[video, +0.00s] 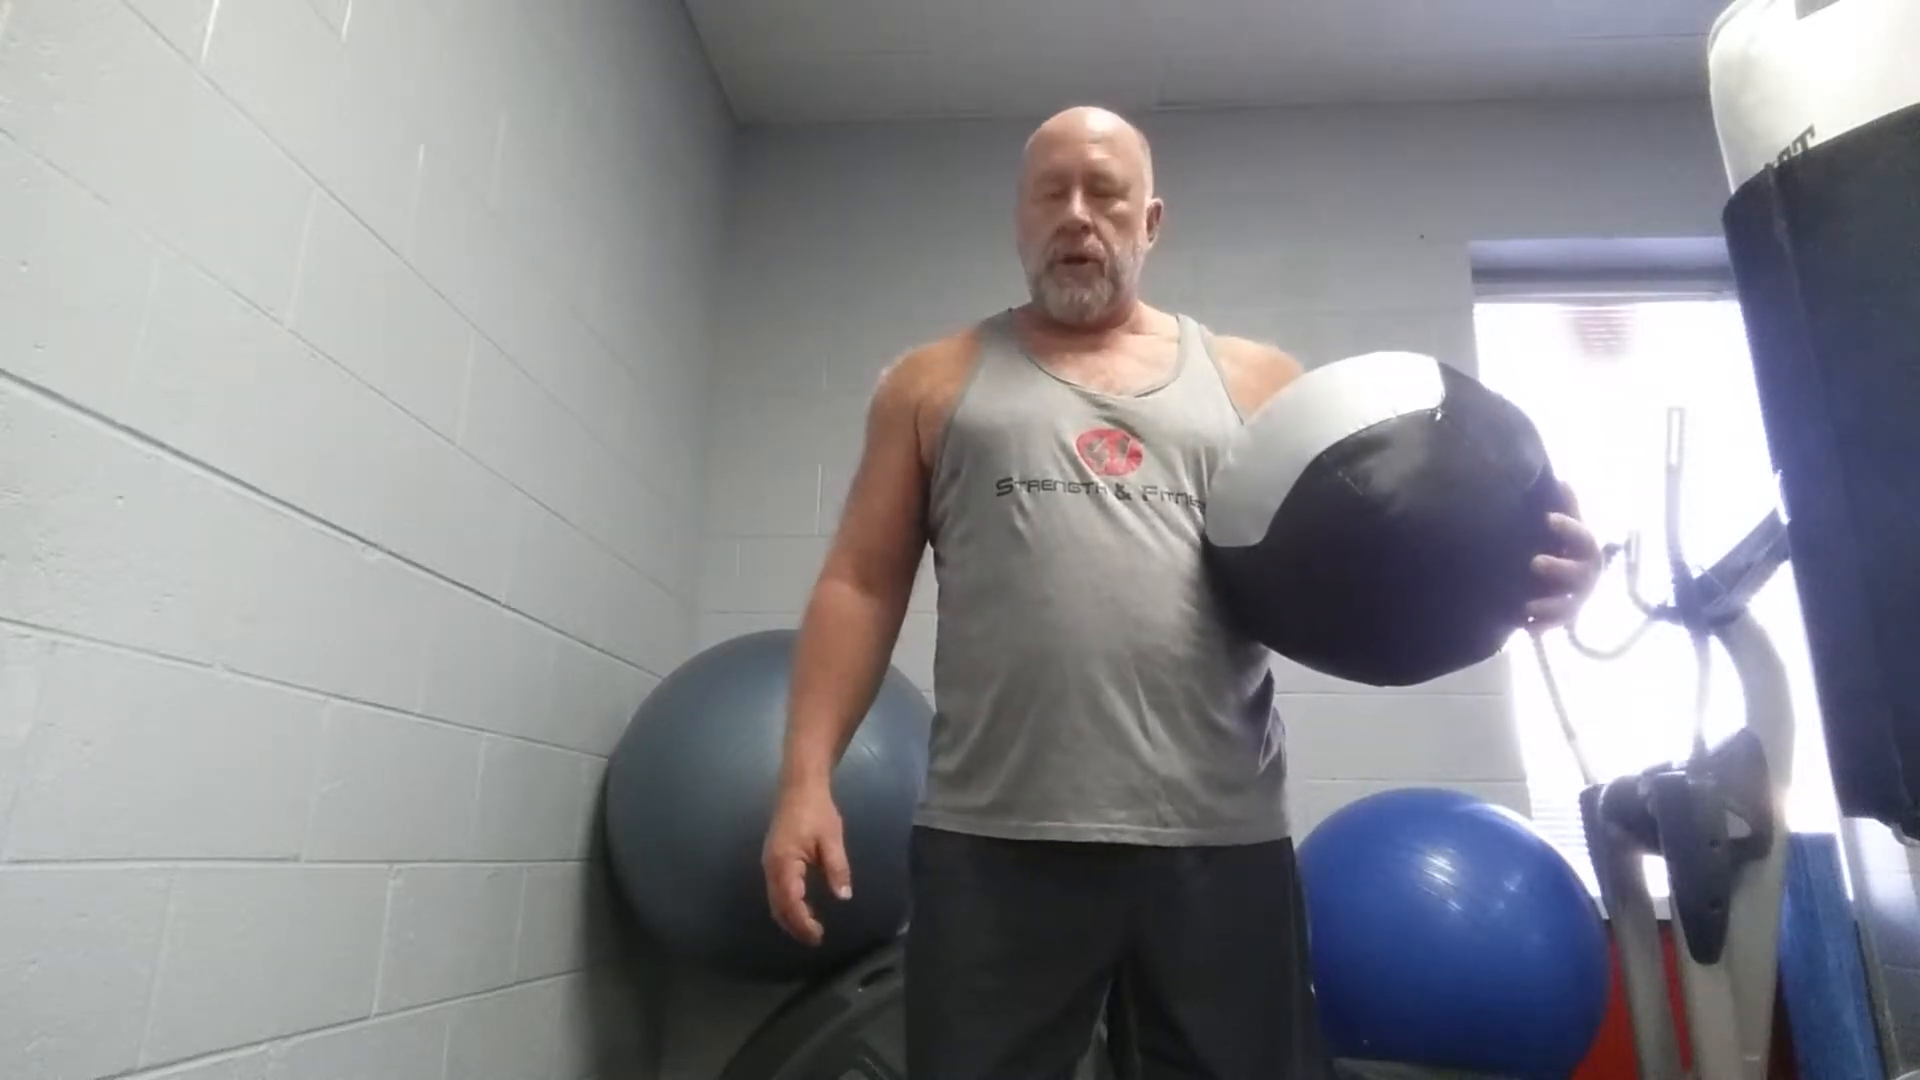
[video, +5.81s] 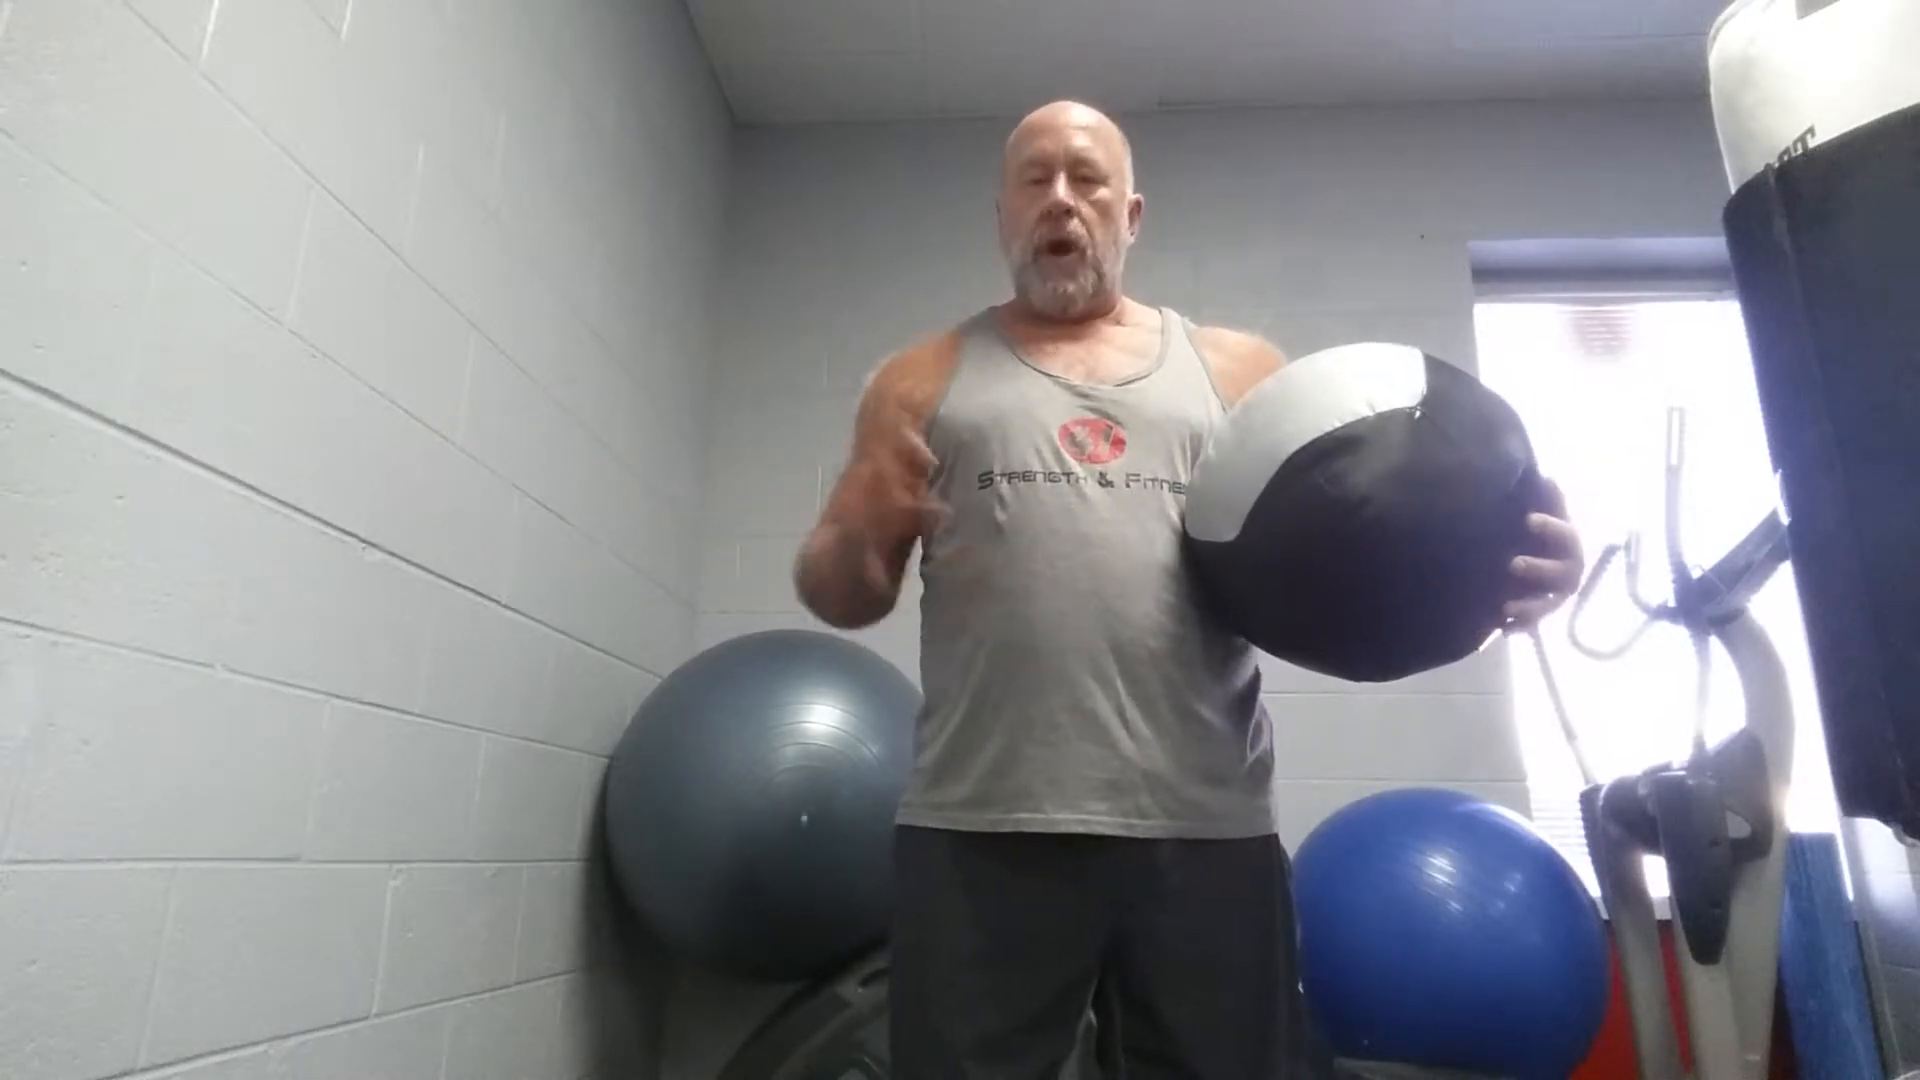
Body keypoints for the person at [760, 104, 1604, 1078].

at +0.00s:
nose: (1078, 216)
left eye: (1106, 193)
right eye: (1053, 193)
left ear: (1153, 219)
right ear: (1017, 218)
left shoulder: (1253, 379)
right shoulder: (934, 385)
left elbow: (1398, 537)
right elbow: (861, 582)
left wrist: (1539, 568)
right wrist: (805, 779)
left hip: (1220, 849)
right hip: (992, 849)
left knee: (1245, 1066)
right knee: (974, 1064)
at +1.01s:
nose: (1091, 206)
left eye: (1120, 187)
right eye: (1066, 184)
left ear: (1162, 222)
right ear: (1028, 213)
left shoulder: (1256, 374)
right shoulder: (938, 377)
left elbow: (1404, 521)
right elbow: (864, 564)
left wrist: (1545, 558)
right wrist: (832, 714)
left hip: (1222, 844)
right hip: (995, 843)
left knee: (1250, 1067)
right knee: (976, 1068)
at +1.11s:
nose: (1091, 206)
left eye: (1120, 187)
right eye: (1066, 183)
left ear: (1160, 222)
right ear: (1029, 212)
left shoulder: (1253, 373)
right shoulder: (936, 379)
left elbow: (1400, 525)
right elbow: (853, 558)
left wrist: (1540, 565)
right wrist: (876, 623)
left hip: (1221, 844)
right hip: (994, 844)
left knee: (1249, 1067)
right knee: (975, 1067)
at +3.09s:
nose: (1035, 205)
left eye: (1063, 182)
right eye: (1010, 185)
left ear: (1115, 210)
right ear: (984, 217)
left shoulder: (1235, 364)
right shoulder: (912, 389)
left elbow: (1385, 507)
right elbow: (833, 614)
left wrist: (1529, 541)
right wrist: (875, 561)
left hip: (1215, 841)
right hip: (986, 844)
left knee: (1241, 1070)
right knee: (968, 1070)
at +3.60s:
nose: (1033, 193)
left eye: (1062, 174)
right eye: (1009, 176)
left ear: (1114, 213)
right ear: (978, 214)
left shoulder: (1228, 362)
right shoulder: (908, 390)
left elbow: (1369, 527)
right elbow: (828, 590)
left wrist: (1518, 548)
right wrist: (749, 510)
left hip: (1209, 839)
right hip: (984, 843)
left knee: (1239, 1068)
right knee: (970, 1067)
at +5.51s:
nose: (1065, 196)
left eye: (1094, 178)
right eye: (1041, 175)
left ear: (1137, 217)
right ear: (1002, 209)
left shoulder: (1235, 371)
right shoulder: (916, 377)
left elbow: (1373, 531)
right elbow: (828, 592)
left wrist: (1520, 568)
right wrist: (878, 575)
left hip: (1205, 838)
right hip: (977, 836)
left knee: (1231, 1074)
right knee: (961, 1072)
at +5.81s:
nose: (1058, 199)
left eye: (1086, 178)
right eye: (1034, 178)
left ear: (1133, 212)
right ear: (998, 213)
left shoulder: (1236, 368)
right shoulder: (919, 381)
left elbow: (1377, 529)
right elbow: (842, 599)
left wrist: (1527, 564)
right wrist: (863, 525)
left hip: (1206, 834)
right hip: (979, 835)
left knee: (1231, 1068)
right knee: (967, 1068)